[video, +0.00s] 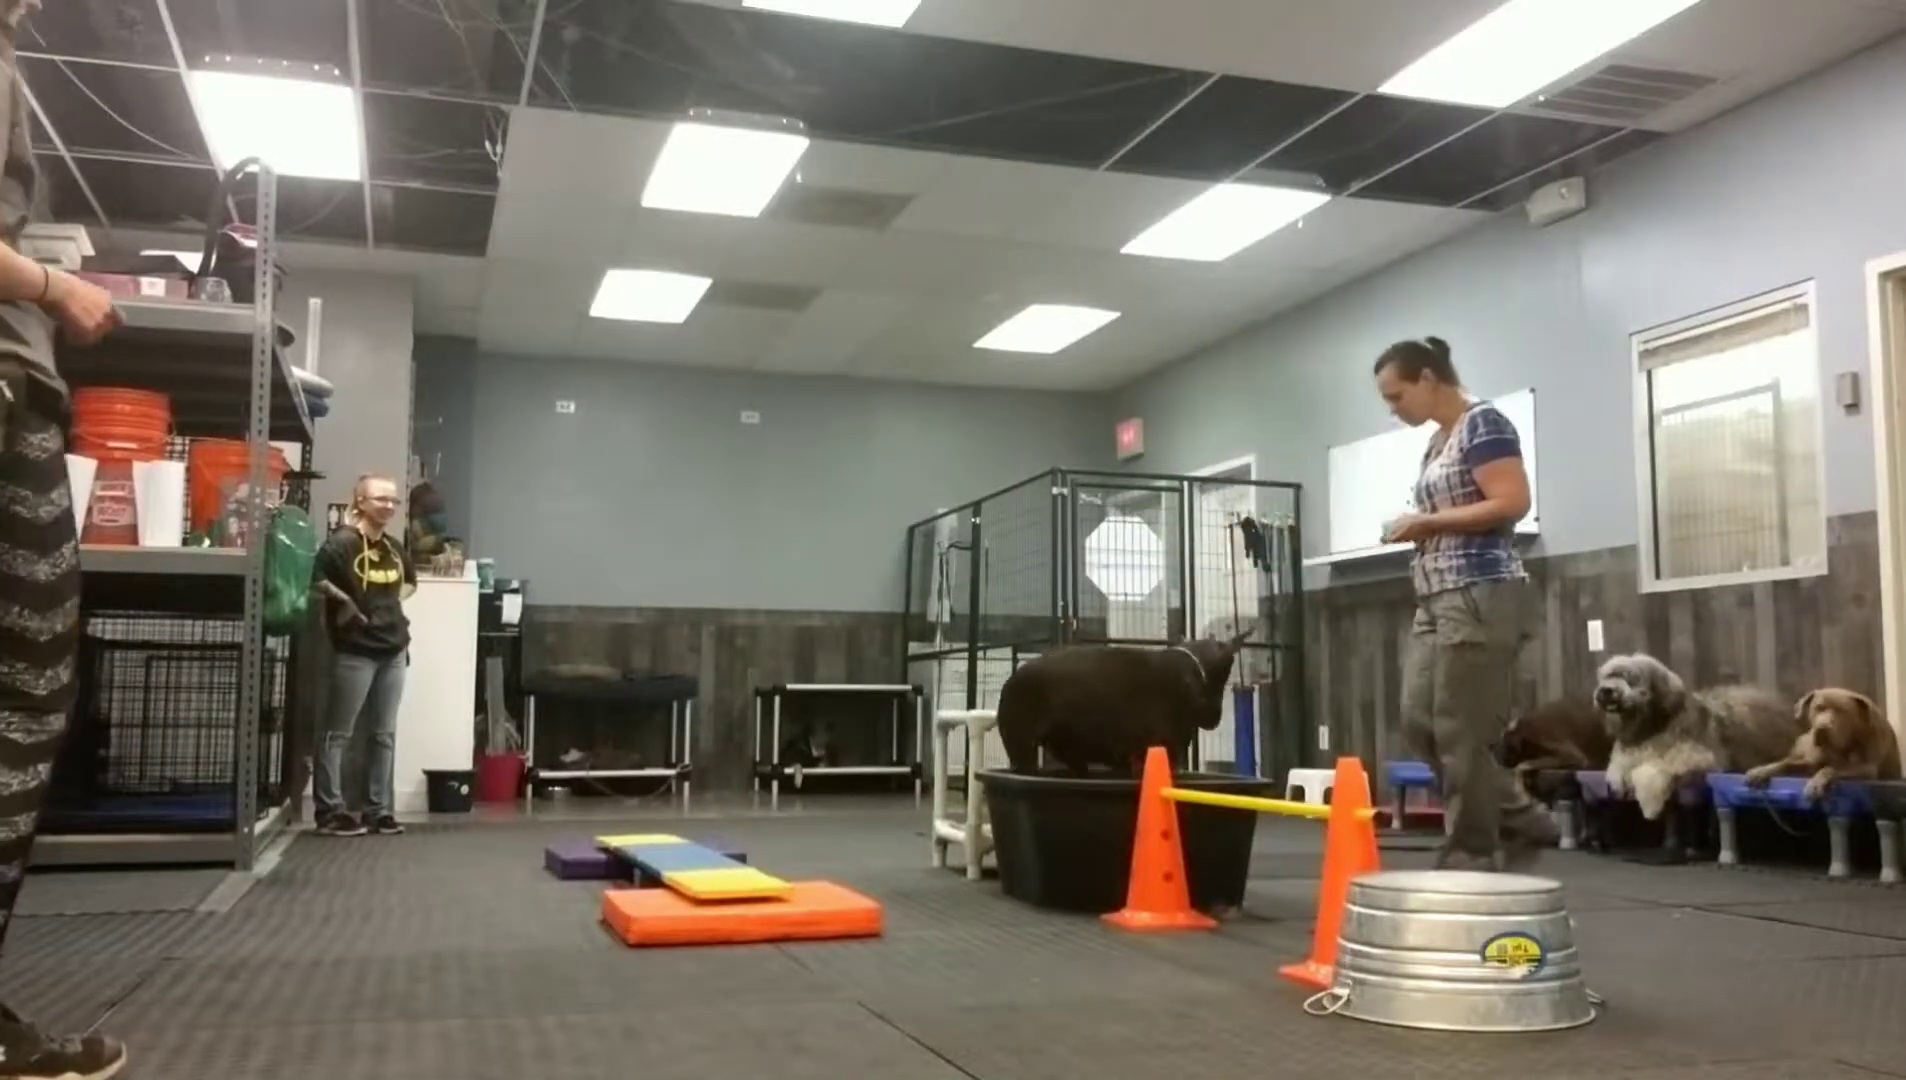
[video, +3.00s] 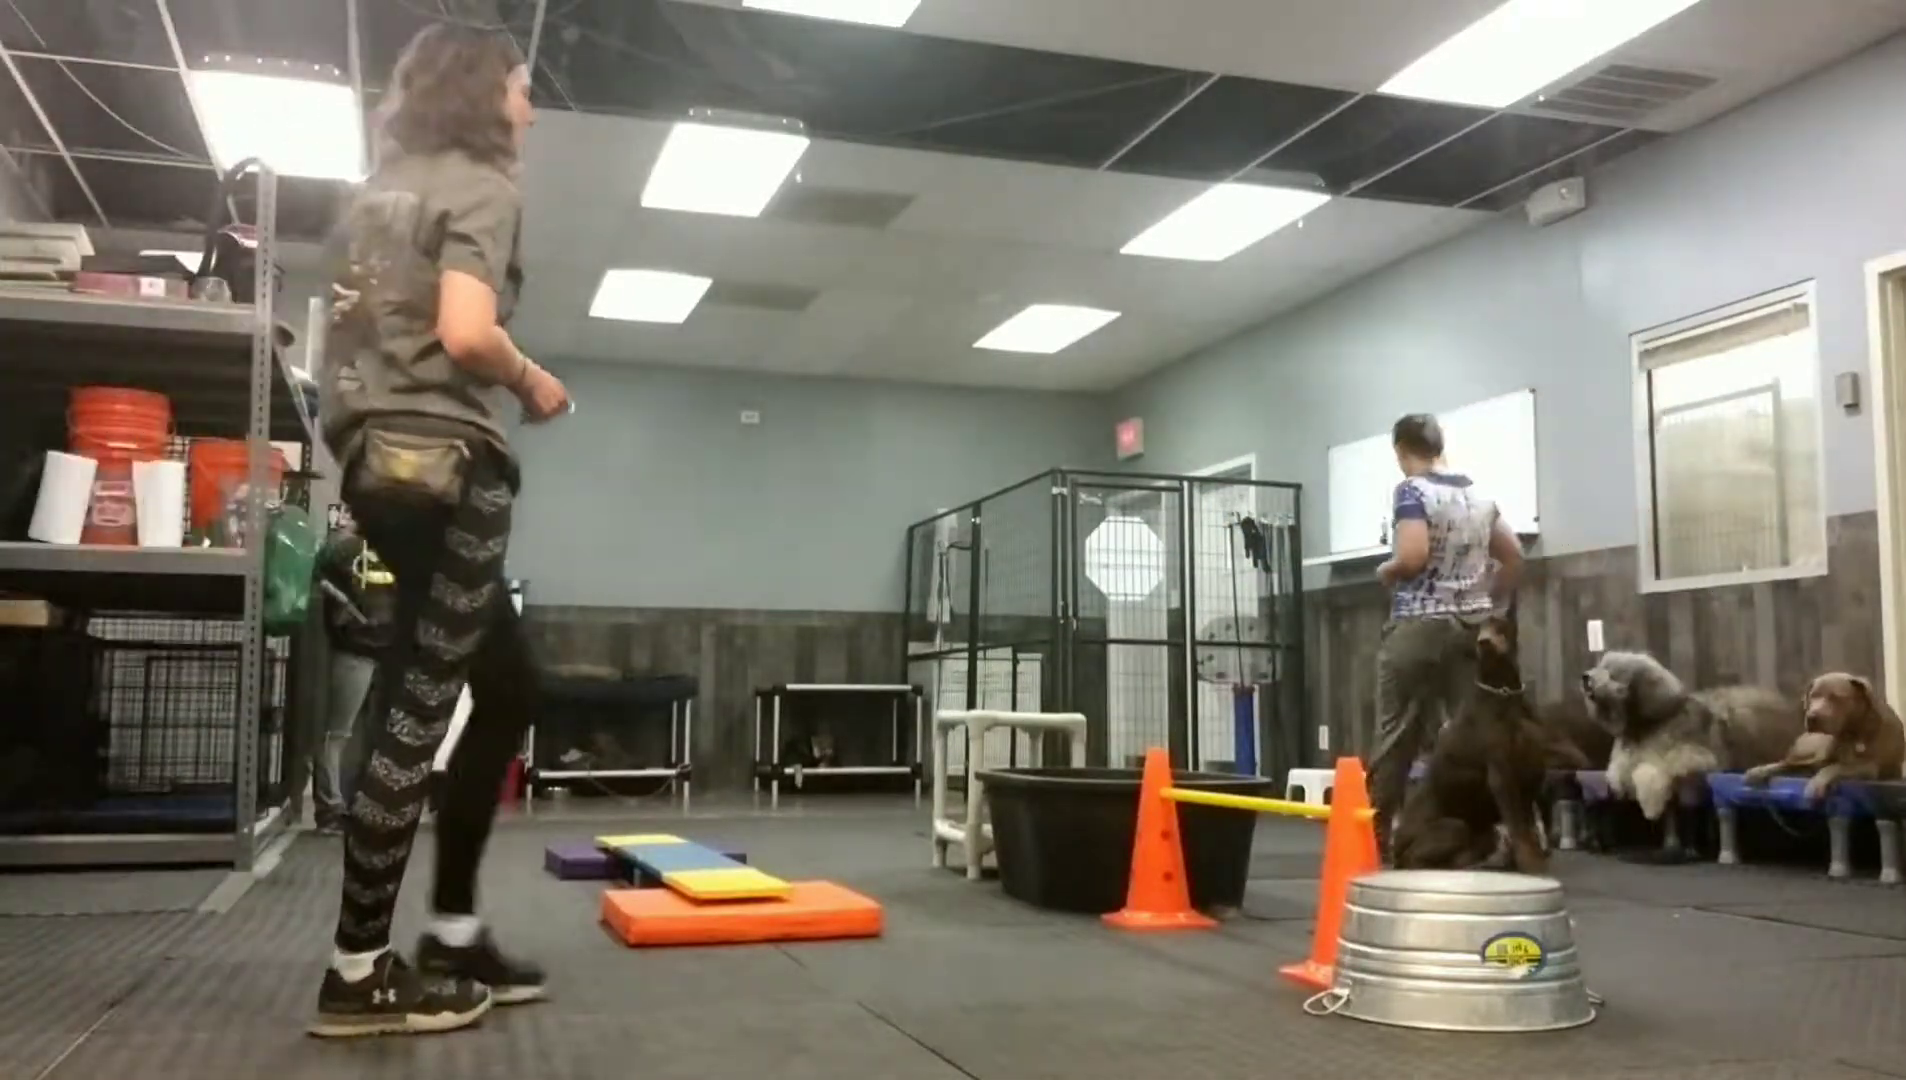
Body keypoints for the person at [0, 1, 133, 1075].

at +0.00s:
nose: (34, 8)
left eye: (33, 7)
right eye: (34, 5)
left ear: (20, 10)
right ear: (21, 3)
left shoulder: (13, 78)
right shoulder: (4, 74)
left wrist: (54, 285)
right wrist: (51, 284)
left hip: (25, 402)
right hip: (13, 405)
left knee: (35, 699)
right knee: (30, 702)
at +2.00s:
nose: (185, 26)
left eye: (186, 14)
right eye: (176, 8)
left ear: (110, 13)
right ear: (126, 4)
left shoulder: (91, 87)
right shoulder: (82, 85)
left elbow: (62, 259)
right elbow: (37, 256)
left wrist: (181, 291)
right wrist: (186, 298)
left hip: (81, 421)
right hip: (85, 423)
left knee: (39, 699)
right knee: (32, 703)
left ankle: (4, 1008)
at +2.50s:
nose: (200, 38)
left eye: (202, 19)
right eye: (191, 14)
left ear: (95, 19)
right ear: (136, 15)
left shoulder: (48, 104)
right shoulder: (98, 109)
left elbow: (56, 274)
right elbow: (46, 274)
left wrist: (172, 308)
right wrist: (180, 315)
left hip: (35, 432)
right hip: (97, 437)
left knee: (30, 712)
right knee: (209, 673)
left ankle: (37, 972)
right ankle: (51, 936)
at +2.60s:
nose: (222, 44)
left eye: (224, 24)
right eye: (212, 21)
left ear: (118, 28)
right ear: (158, 24)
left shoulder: (49, 118)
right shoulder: (126, 116)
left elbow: (52, 282)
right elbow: (69, 277)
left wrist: (188, 313)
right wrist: (197, 322)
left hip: (29, 438)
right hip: (115, 441)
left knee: (26, 720)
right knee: (238, 680)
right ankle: (207, 971)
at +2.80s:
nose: (350, 85)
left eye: (347, 64)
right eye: (342, 64)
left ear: (242, 74)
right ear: (304, 70)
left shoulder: (194, 166)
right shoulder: (279, 163)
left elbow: (172, 323)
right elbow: (248, 316)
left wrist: (325, 373)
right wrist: (358, 361)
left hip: (192, 457)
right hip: (274, 458)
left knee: (124, 714)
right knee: (362, 702)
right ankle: (357, 970)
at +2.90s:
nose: (441, 90)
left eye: (438, 71)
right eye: (429, 70)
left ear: (332, 78)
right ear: (380, 73)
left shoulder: (283, 175)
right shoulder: (388, 166)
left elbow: (271, 319)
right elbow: (370, 318)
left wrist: (383, 352)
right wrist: (458, 356)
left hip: (299, 449)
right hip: (373, 449)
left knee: (327, 722)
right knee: (394, 718)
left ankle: (134, 890)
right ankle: (363, 970)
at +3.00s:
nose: (531, 112)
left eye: (528, 93)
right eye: (523, 92)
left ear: (427, 95)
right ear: (487, 94)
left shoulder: (380, 185)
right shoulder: (482, 184)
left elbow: (355, 323)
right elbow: (465, 332)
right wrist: (529, 377)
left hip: (372, 453)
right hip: (443, 459)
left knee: (508, 691)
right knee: (413, 713)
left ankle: (453, 933)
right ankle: (358, 968)